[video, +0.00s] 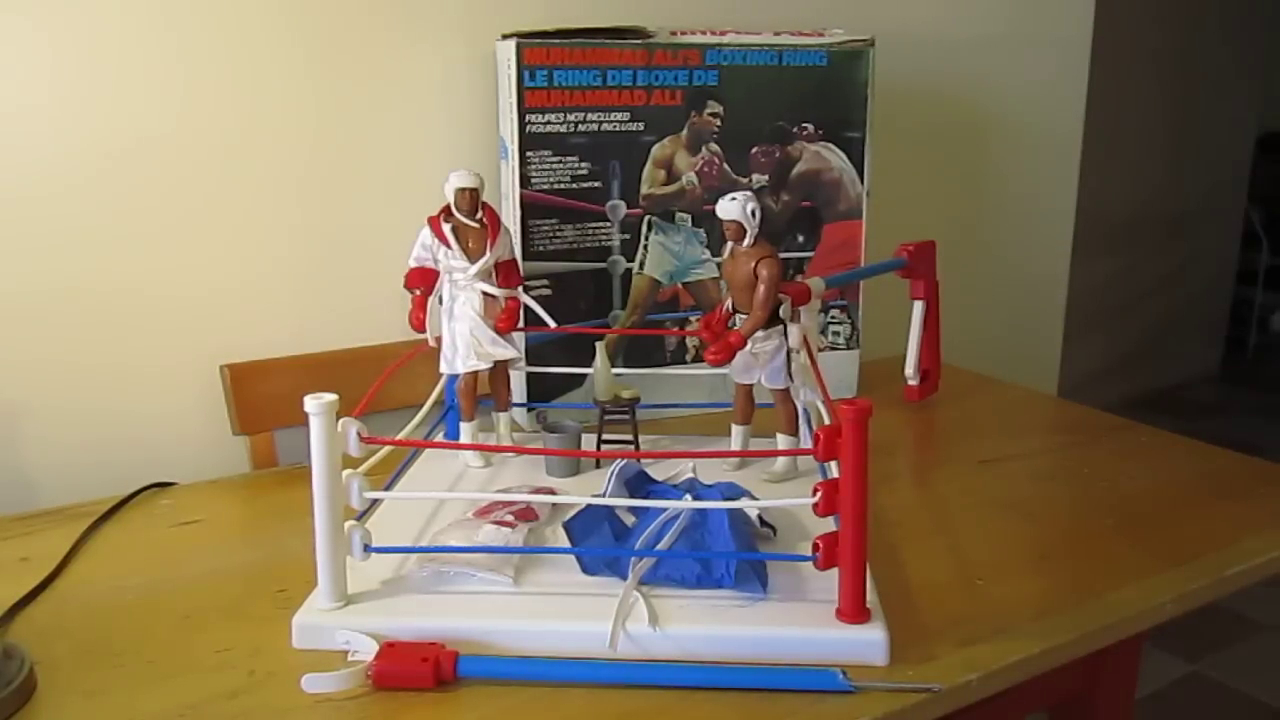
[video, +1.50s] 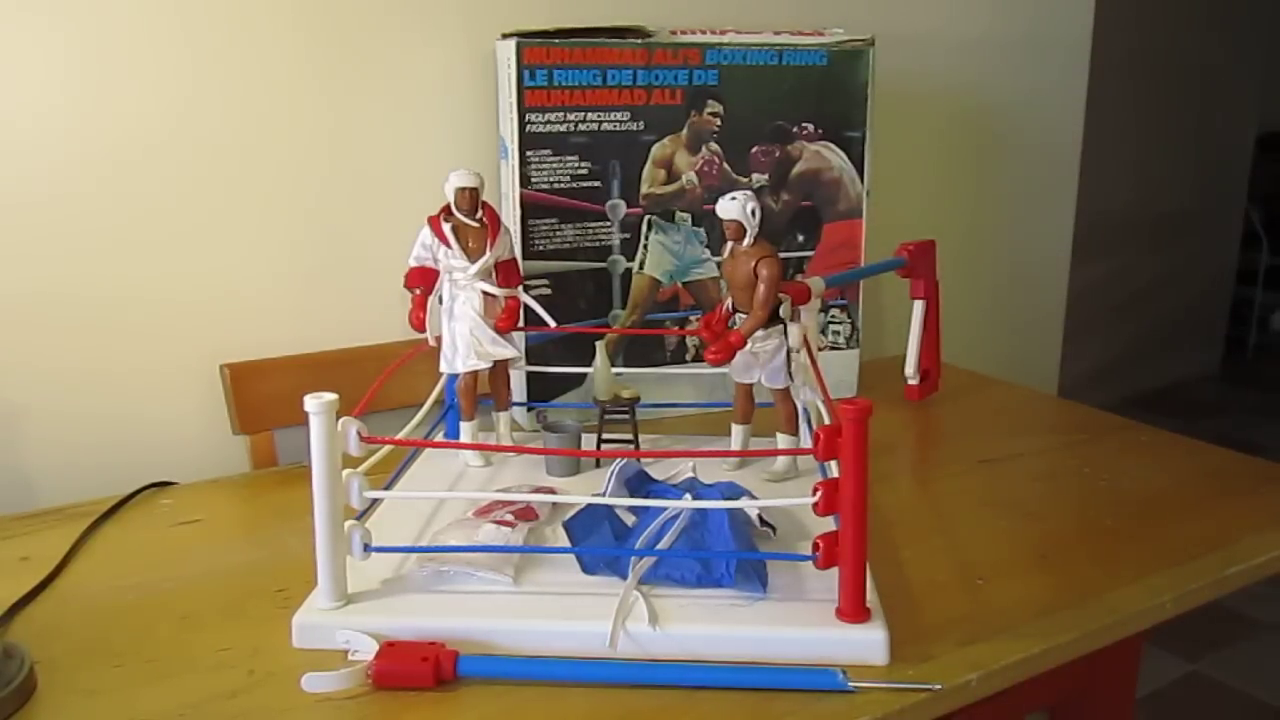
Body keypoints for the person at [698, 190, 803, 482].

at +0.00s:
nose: (725, 229)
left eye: (730, 224)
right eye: (723, 224)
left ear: (747, 224)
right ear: (724, 224)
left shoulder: (767, 263)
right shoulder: (731, 250)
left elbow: (761, 314)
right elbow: (734, 292)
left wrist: (735, 340)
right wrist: (719, 317)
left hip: (769, 333)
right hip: (742, 329)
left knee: (780, 391)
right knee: (742, 387)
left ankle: (787, 456)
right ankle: (737, 450)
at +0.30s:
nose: (725, 229)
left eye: (731, 223)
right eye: (723, 223)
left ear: (748, 224)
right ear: (724, 224)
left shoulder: (767, 263)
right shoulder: (731, 250)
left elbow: (761, 314)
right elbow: (734, 293)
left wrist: (736, 340)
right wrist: (719, 318)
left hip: (768, 333)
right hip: (742, 329)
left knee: (780, 391)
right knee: (742, 387)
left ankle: (787, 457)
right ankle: (737, 450)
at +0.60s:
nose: (726, 228)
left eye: (731, 223)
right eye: (723, 223)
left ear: (748, 223)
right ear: (723, 223)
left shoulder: (767, 263)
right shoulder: (731, 250)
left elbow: (761, 314)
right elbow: (734, 292)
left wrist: (736, 340)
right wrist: (720, 318)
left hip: (768, 333)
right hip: (742, 330)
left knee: (780, 392)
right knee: (742, 387)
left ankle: (787, 457)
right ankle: (737, 450)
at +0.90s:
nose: (726, 228)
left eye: (731, 222)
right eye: (724, 222)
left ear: (748, 223)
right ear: (723, 223)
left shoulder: (767, 263)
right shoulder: (731, 250)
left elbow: (761, 314)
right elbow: (734, 293)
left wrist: (736, 340)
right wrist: (720, 318)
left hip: (768, 333)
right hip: (742, 329)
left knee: (780, 391)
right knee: (742, 387)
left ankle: (787, 457)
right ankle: (737, 450)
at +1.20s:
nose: (725, 227)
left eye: (730, 222)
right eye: (723, 222)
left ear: (748, 223)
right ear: (724, 222)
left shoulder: (767, 262)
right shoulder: (731, 250)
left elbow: (761, 314)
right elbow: (735, 293)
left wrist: (735, 340)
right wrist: (720, 318)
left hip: (769, 333)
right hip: (743, 330)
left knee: (780, 392)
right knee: (742, 387)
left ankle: (787, 457)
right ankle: (737, 450)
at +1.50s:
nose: (726, 227)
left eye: (731, 222)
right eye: (724, 222)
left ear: (748, 222)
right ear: (723, 222)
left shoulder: (767, 262)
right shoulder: (730, 249)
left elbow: (761, 314)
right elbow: (734, 293)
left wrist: (735, 340)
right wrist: (720, 319)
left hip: (768, 333)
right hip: (743, 329)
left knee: (780, 391)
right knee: (742, 387)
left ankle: (787, 457)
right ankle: (737, 450)